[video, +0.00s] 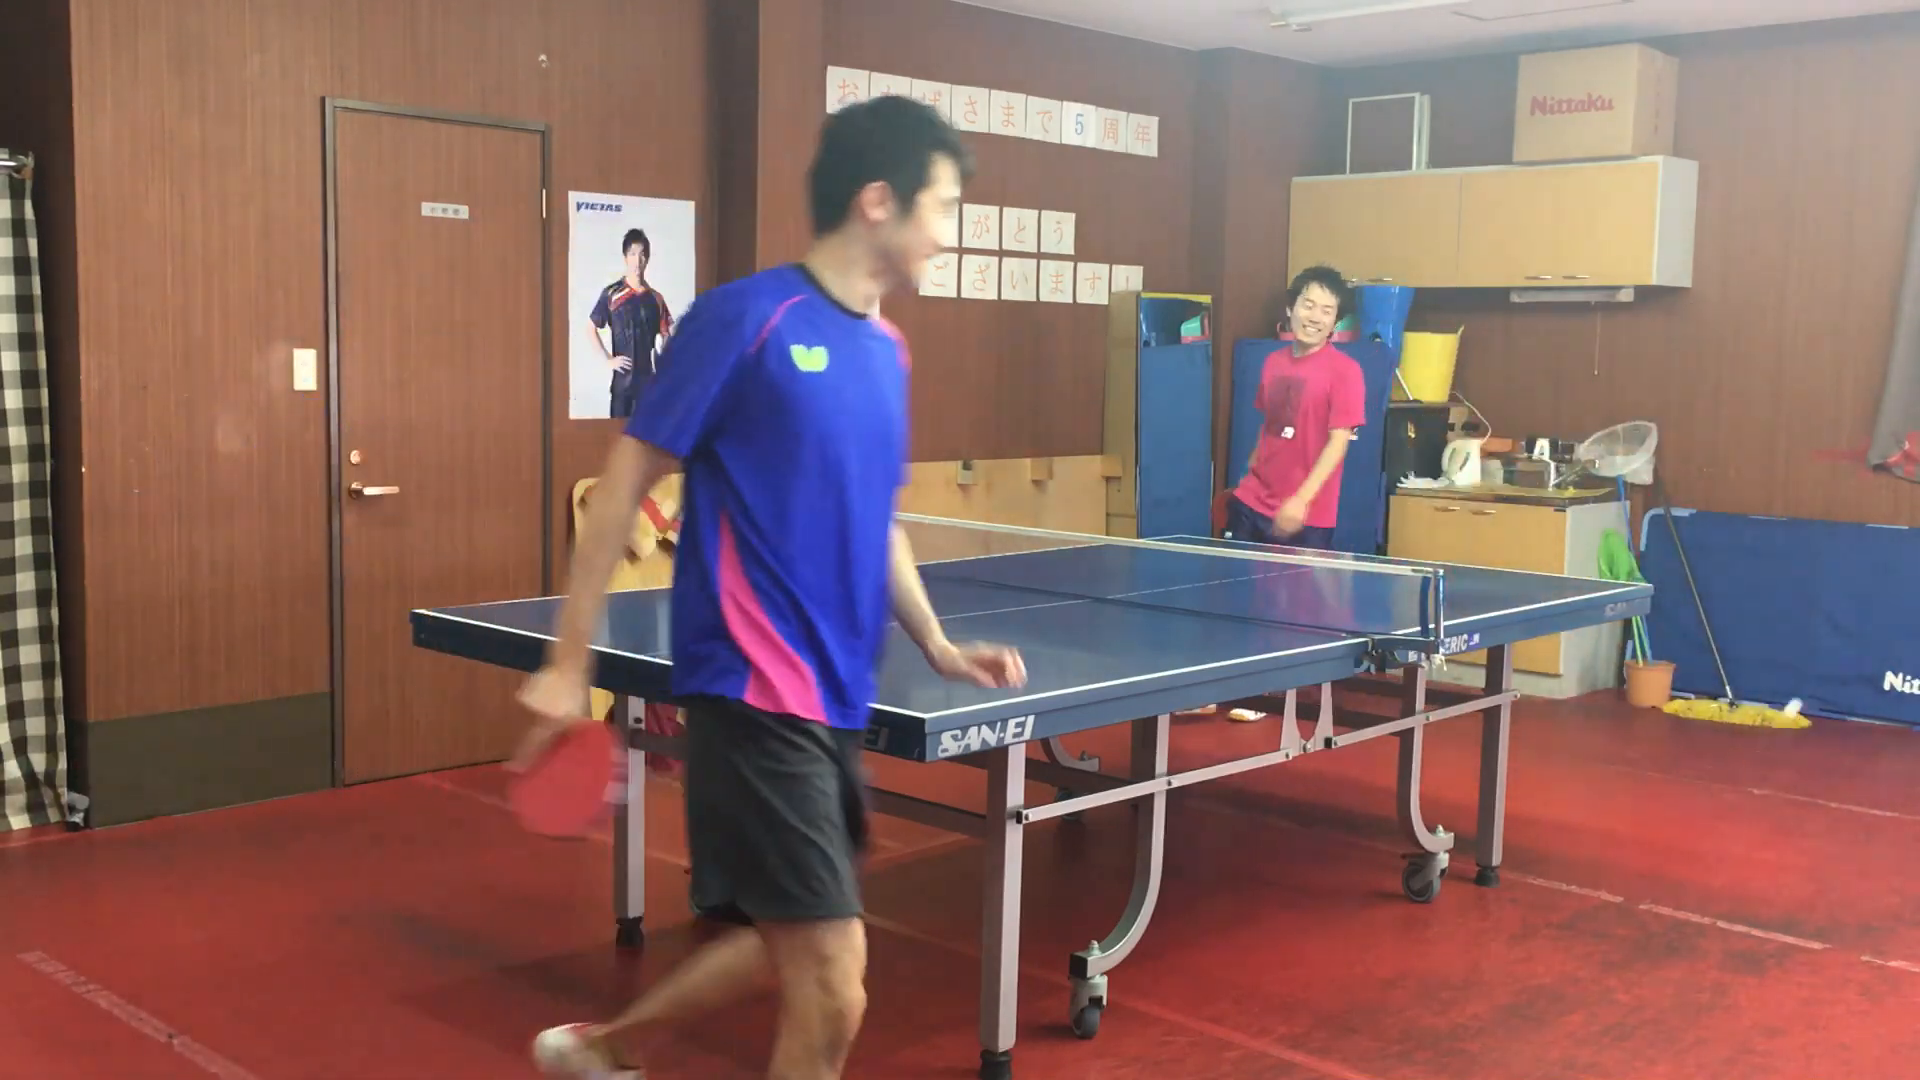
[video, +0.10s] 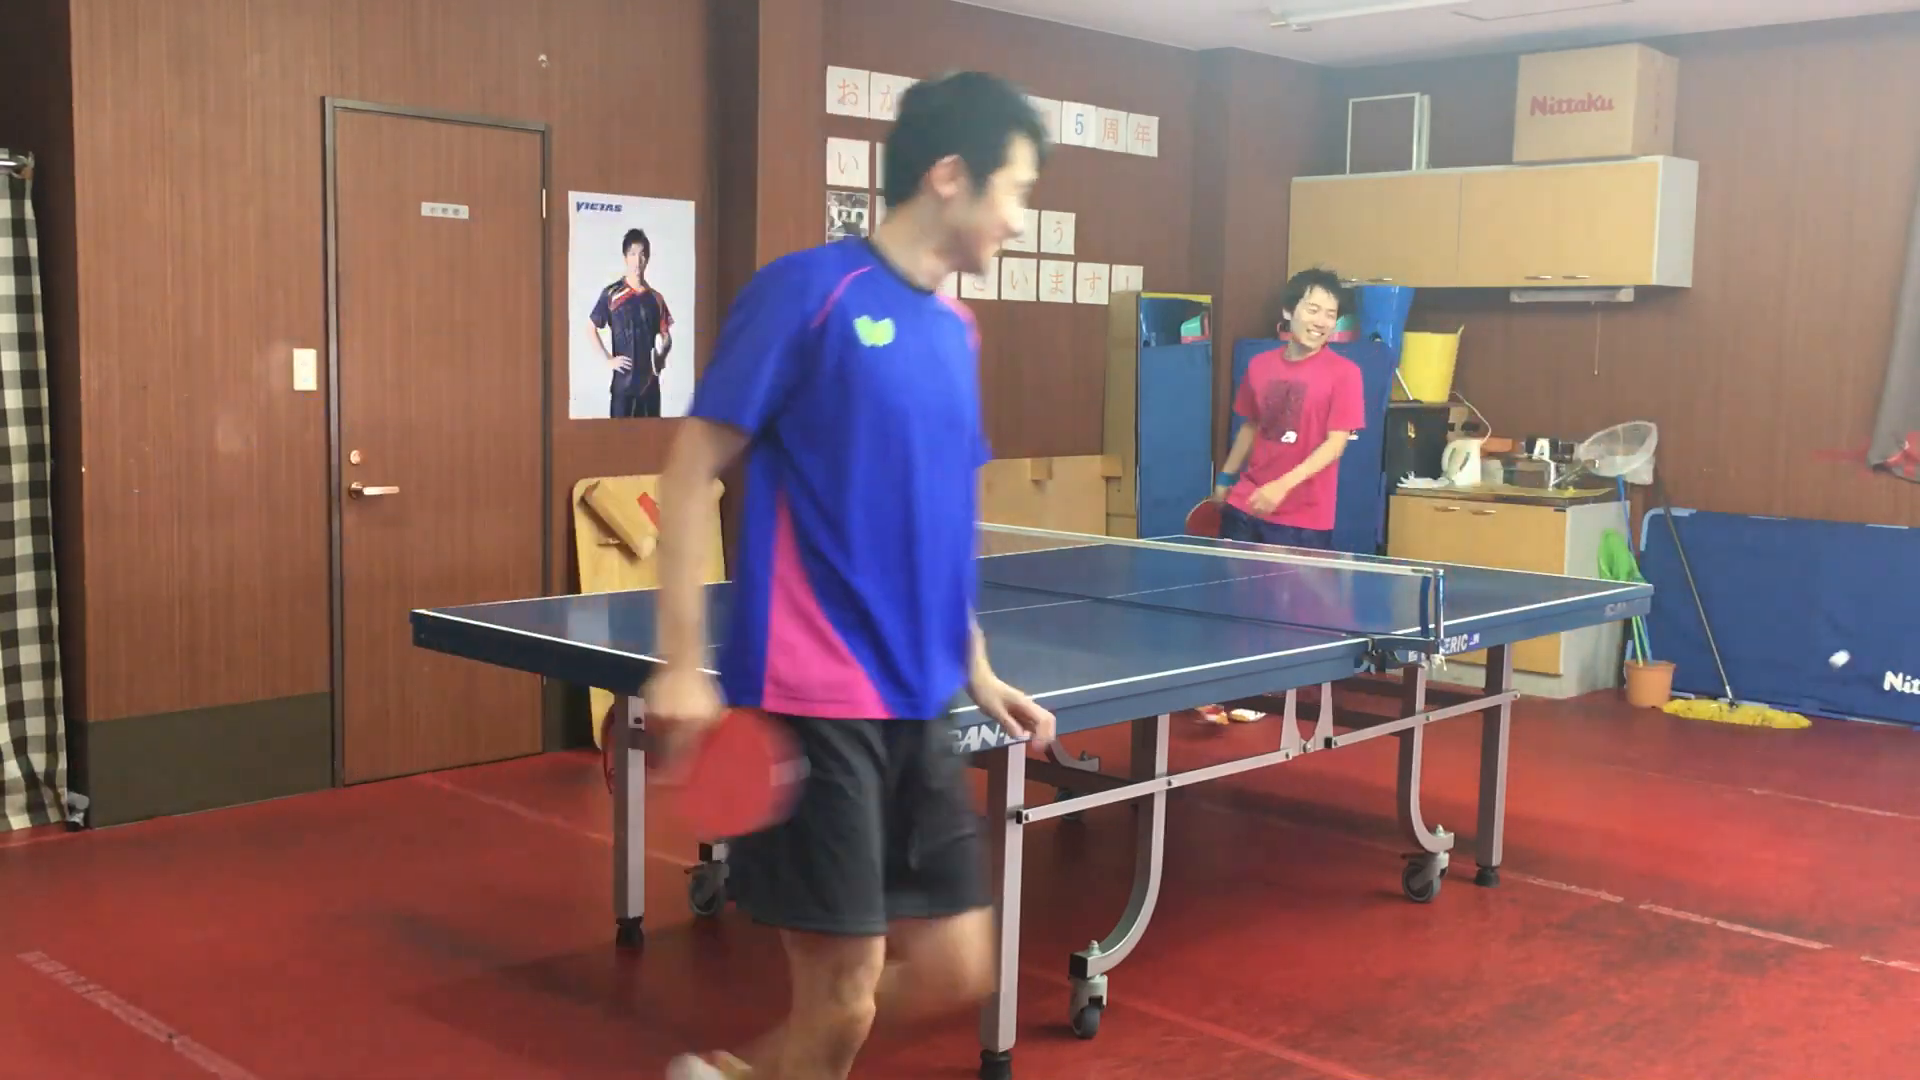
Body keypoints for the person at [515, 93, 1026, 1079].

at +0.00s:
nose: (948, 236)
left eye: (953, 212)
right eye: (943, 208)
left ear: (882, 208)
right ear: (875, 203)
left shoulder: (885, 352)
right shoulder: (744, 317)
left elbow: (874, 519)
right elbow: (623, 479)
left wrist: (939, 645)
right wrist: (568, 660)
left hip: (830, 702)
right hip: (750, 699)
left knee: (780, 940)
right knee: (831, 997)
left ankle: (598, 1047)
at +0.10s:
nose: (1017, 223)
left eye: (1025, 201)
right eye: (1015, 195)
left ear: (955, 183)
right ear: (948, 177)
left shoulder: (951, 327)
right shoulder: (806, 290)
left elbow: (931, 523)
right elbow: (690, 471)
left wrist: (980, 673)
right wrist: (680, 662)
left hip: (915, 704)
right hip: (812, 702)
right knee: (837, 1008)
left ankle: (736, 1071)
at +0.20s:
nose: (1096, 205)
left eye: (1102, 180)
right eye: (1089, 174)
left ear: (1025, 166)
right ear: (1014, 159)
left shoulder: (1033, 319)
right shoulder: (878, 279)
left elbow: (991, 520)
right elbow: (763, 461)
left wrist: (1032, 683)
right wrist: (815, 655)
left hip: (1002, 712)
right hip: (882, 709)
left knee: (1083, 989)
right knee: (856, 1013)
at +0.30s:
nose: (1182, 208)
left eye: (1186, 182)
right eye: (1171, 174)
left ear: (1106, 170)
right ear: (1093, 163)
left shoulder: (1130, 329)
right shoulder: (958, 300)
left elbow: (1082, 522)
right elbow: (850, 488)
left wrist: (1102, 687)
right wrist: (966, 652)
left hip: (1088, 740)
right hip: (953, 740)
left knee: (1172, 1035)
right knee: (900, 1027)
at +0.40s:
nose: (1278, 219)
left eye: (1279, 192)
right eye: (1265, 187)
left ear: (1192, 187)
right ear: (1183, 182)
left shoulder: (1222, 351)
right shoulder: (1052, 326)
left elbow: (1179, 552)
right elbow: (953, 530)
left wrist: (1225, 701)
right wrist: (1101, 669)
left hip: (1196, 762)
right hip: (1068, 769)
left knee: (1275, 1051)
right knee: (1015, 1048)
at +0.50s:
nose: (1373, 216)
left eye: (1374, 185)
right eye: (1362, 180)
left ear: (1292, 181)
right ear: (1286, 178)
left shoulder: (1312, 357)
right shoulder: (1149, 334)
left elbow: (1297, 573)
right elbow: (1057, 545)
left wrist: (1350, 741)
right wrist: (1219, 685)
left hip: (1306, 772)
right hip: (1193, 785)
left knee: (1369, 1055)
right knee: (1203, 1058)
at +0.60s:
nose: (1458, 193)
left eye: (1461, 167)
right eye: (1452, 162)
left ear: (1389, 160)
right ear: (1383, 153)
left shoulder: (1381, 319)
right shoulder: (1246, 309)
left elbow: (1413, 516)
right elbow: (1152, 527)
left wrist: (1512, 698)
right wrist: (1335, 675)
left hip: (1381, 753)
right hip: (1292, 765)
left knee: (1364, 1053)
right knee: (1426, 1057)